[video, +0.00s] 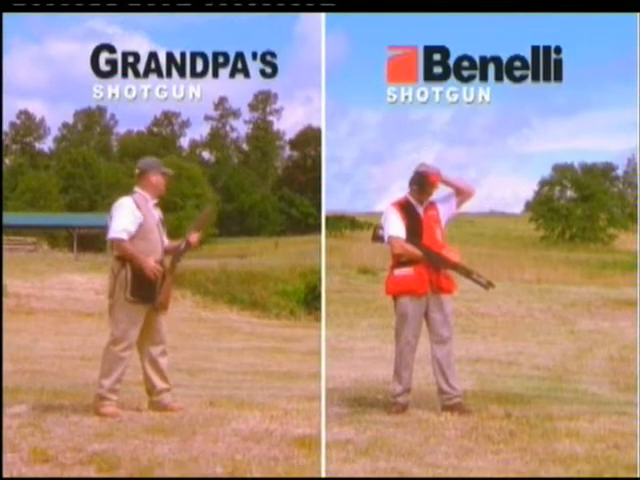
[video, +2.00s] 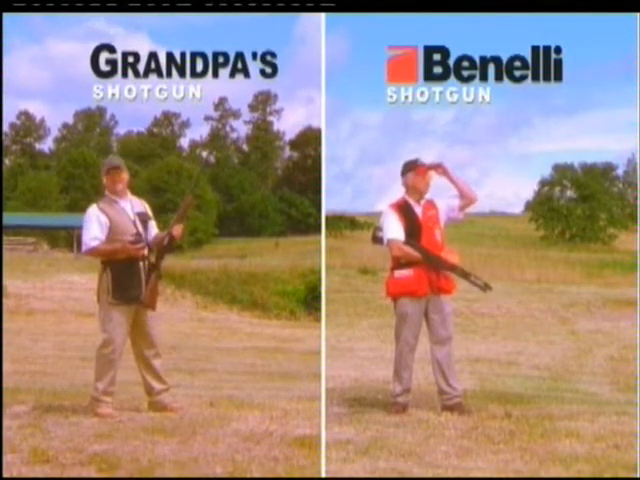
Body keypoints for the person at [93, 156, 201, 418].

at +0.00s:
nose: (165, 183)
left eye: (165, 178)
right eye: (160, 176)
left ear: (153, 180)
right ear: (146, 178)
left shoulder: (154, 211)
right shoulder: (127, 205)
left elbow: (160, 246)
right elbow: (117, 241)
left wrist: (185, 244)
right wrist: (143, 261)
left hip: (152, 276)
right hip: (129, 276)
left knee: (155, 341)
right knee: (122, 340)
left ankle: (160, 396)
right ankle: (106, 398)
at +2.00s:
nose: (115, 178)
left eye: (119, 172)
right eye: (109, 174)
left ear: (128, 176)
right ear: (103, 179)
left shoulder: (141, 206)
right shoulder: (97, 211)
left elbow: (153, 241)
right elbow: (90, 247)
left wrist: (169, 236)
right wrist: (125, 250)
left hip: (142, 283)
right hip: (114, 283)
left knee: (148, 344)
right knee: (113, 343)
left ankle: (159, 396)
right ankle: (102, 399)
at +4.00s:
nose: (164, 187)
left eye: (163, 182)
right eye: (160, 182)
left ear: (149, 187)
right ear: (145, 186)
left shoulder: (155, 213)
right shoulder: (145, 216)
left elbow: (179, 237)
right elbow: (167, 247)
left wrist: (212, 229)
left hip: (149, 276)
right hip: (131, 277)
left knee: (163, 338)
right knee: (127, 340)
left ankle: (164, 395)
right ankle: (95, 396)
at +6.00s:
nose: (166, 184)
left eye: (167, 180)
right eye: (161, 179)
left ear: (166, 182)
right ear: (146, 179)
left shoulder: (165, 202)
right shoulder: (135, 200)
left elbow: (199, 204)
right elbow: (163, 212)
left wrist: (213, 179)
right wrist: (176, 185)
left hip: (156, 269)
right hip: (131, 267)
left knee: (158, 339)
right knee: (115, 337)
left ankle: (162, 397)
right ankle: (95, 398)